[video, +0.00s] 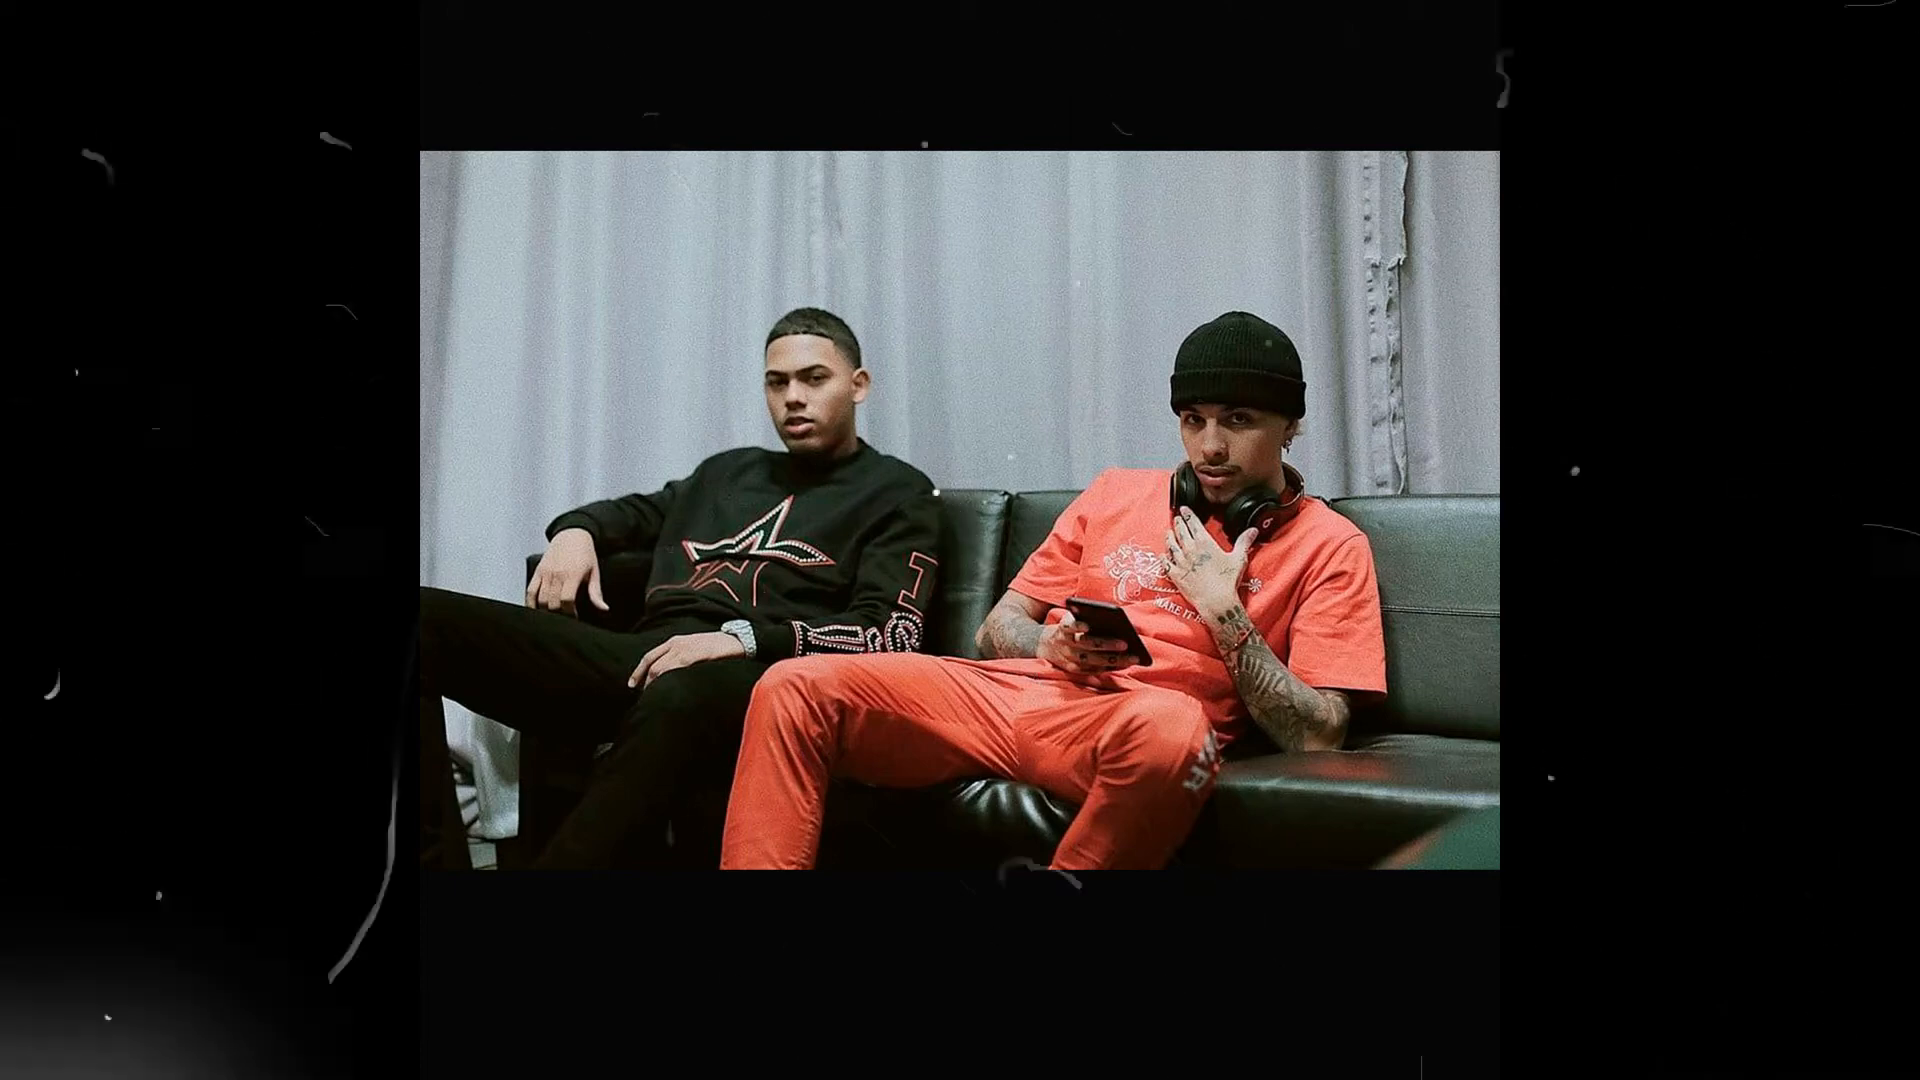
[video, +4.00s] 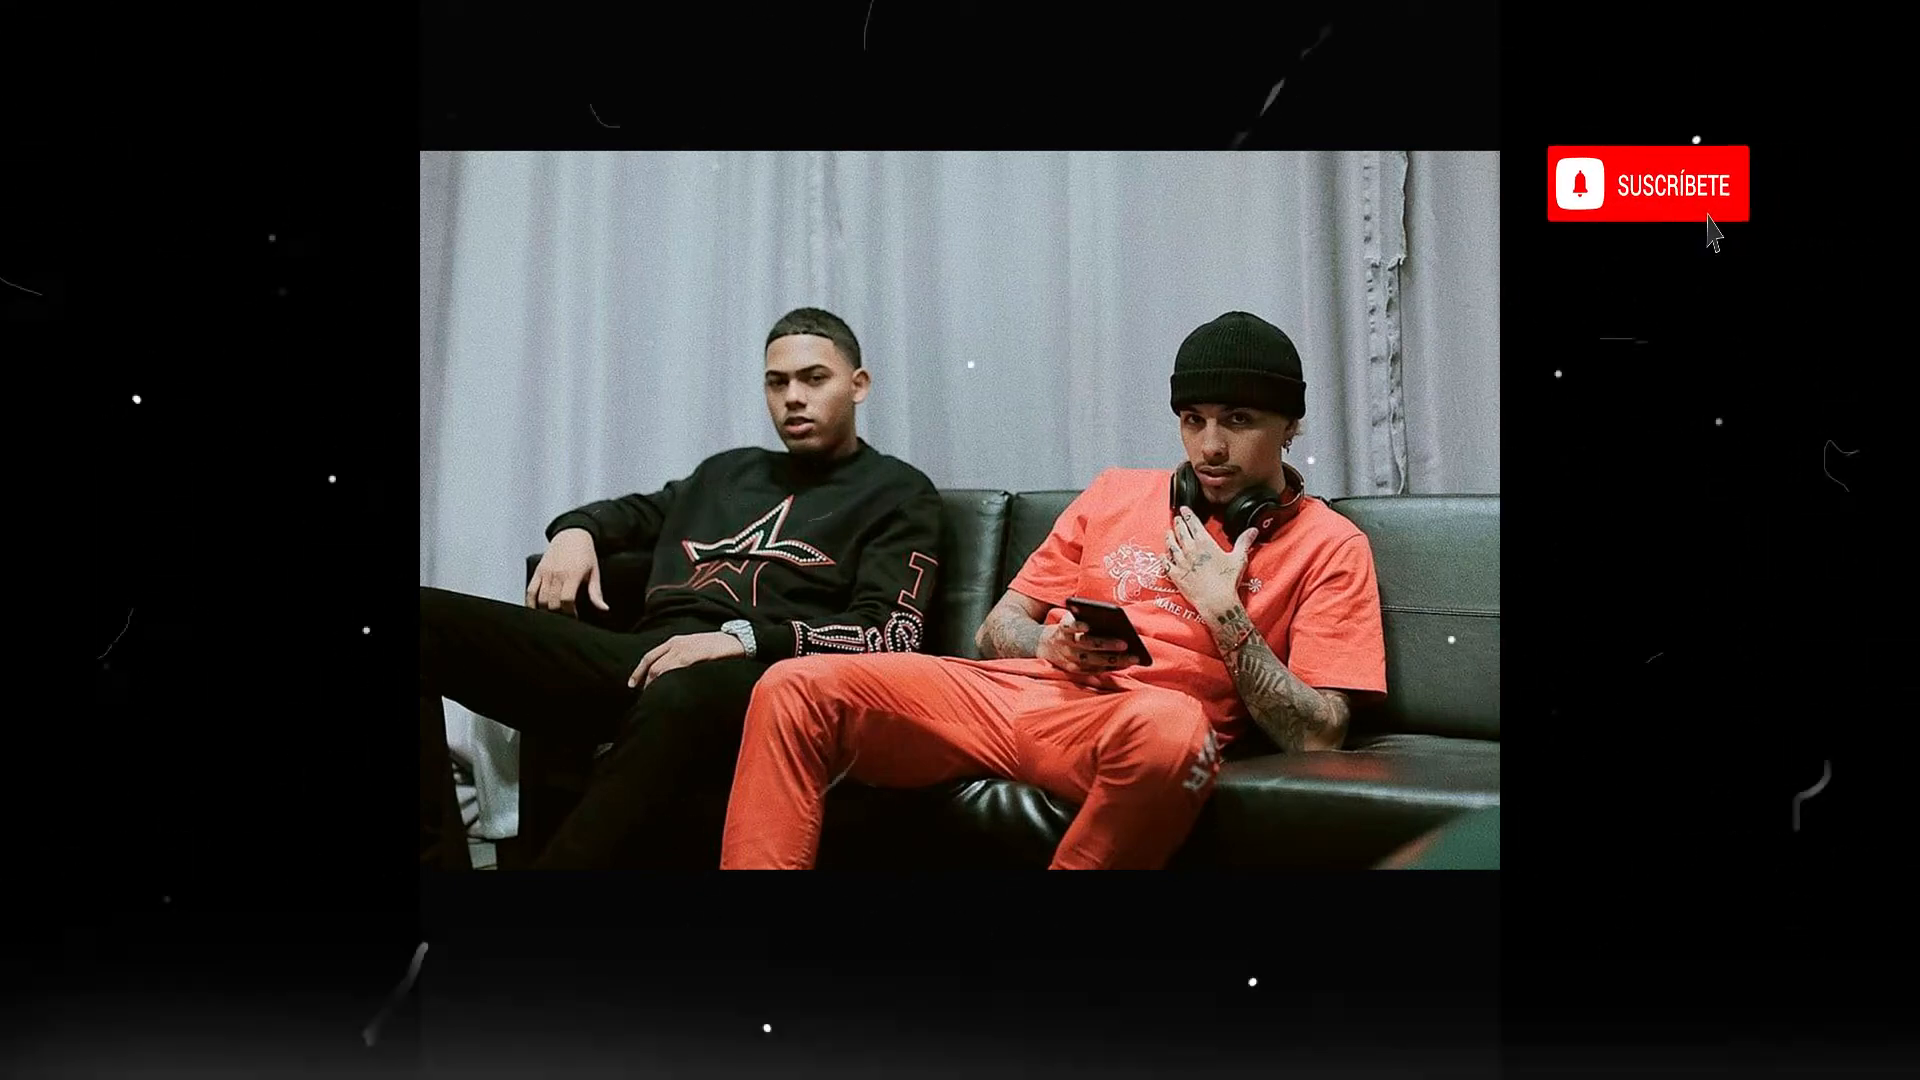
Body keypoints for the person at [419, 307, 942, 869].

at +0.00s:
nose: (793, 399)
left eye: (814, 379)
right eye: (779, 382)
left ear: (859, 386)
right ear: (765, 391)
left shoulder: (898, 492)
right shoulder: (728, 472)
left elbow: (893, 635)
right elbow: (641, 515)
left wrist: (742, 639)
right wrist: (575, 529)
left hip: (771, 680)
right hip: (639, 654)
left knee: (680, 700)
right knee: (426, 617)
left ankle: (561, 871)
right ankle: (439, 857)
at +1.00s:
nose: (793, 399)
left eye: (813, 379)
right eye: (778, 382)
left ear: (859, 385)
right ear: (765, 390)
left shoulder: (900, 494)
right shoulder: (728, 471)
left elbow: (894, 635)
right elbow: (641, 516)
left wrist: (742, 638)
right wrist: (574, 530)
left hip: (770, 681)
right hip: (637, 654)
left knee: (681, 700)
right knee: (427, 617)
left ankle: (561, 869)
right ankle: (442, 856)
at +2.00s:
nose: (792, 398)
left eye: (813, 379)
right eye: (778, 382)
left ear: (859, 385)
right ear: (765, 390)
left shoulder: (900, 494)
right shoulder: (728, 472)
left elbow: (892, 635)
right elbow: (640, 516)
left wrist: (744, 637)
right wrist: (575, 530)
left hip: (771, 680)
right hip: (639, 654)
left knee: (682, 700)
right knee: (426, 617)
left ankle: (561, 871)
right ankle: (441, 856)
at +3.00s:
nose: (792, 398)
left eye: (813, 379)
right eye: (778, 382)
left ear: (859, 385)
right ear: (765, 390)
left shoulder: (899, 494)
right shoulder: (728, 472)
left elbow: (892, 636)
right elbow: (641, 515)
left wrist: (744, 637)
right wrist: (575, 530)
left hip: (771, 681)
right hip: (638, 654)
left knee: (683, 700)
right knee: (426, 617)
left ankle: (561, 873)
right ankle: (441, 857)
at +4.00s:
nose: (793, 398)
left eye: (813, 379)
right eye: (778, 382)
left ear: (859, 385)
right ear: (765, 390)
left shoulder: (899, 494)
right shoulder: (728, 472)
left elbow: (892, 635)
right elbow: (640, 516)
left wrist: (743, 638)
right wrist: (575, 530)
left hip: (770, 681)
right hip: (638, 654)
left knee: (681, 701)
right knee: (420, 617)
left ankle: (556, 886)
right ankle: (441, 870)